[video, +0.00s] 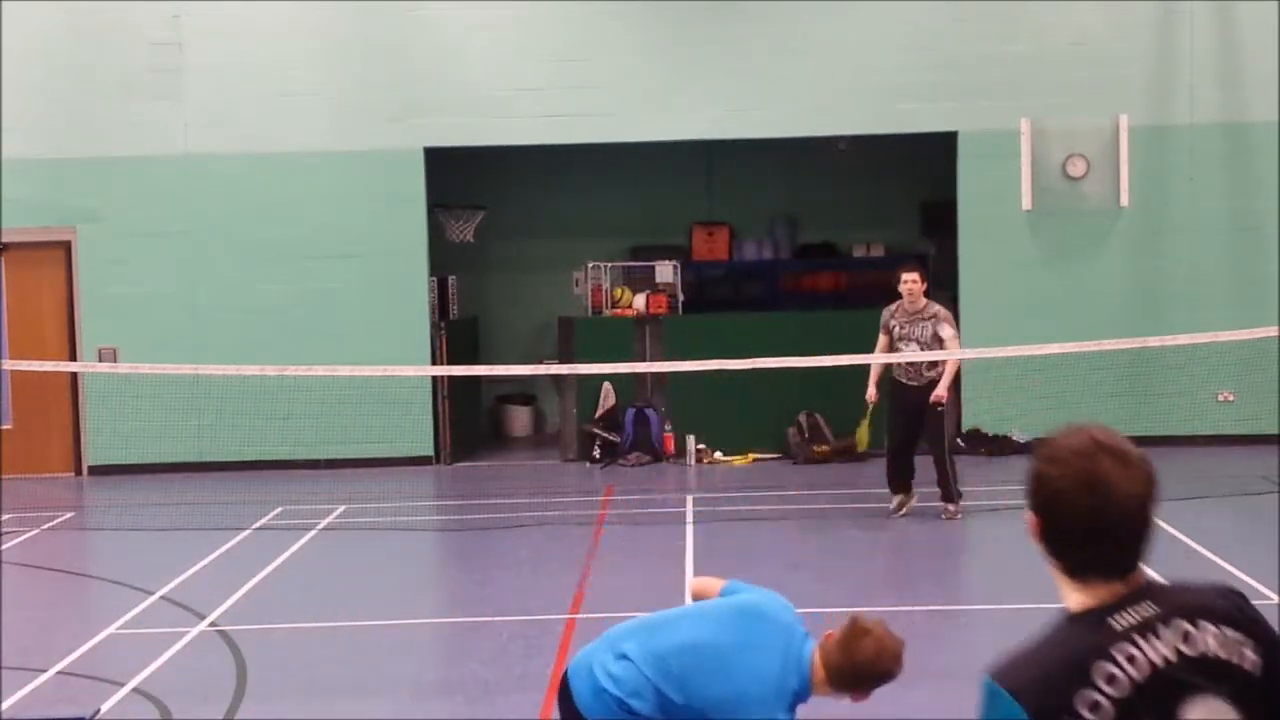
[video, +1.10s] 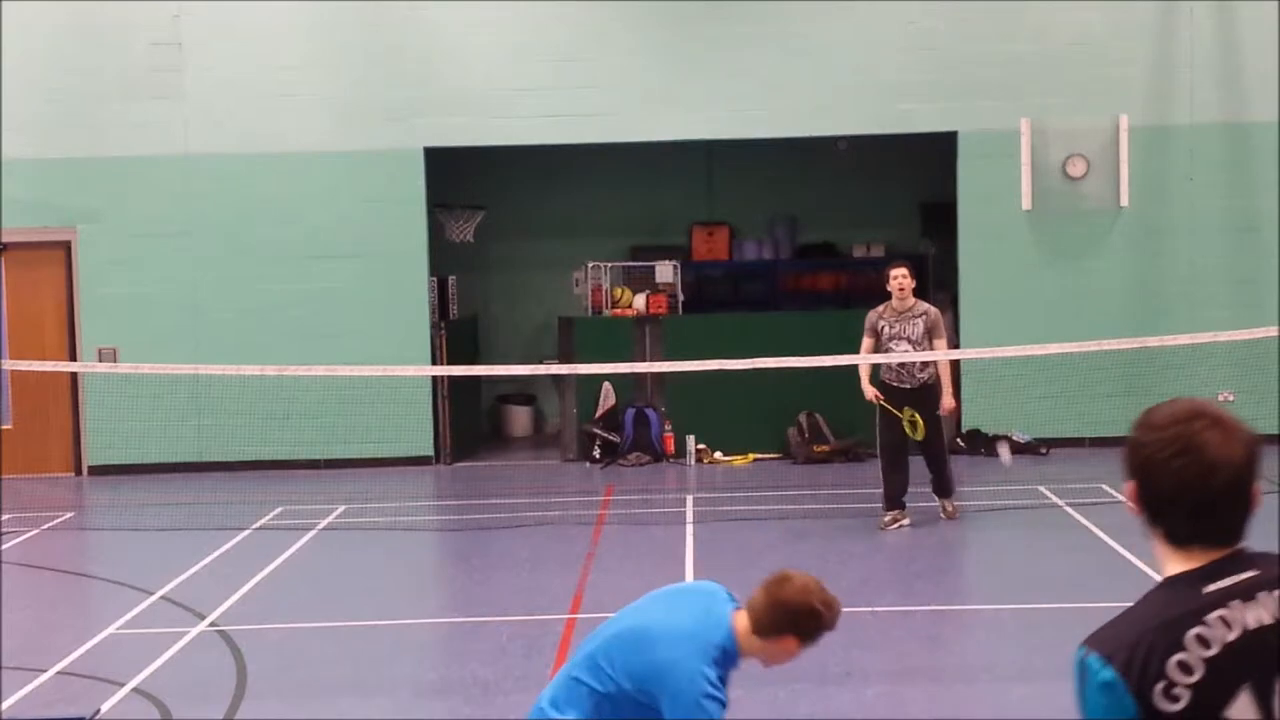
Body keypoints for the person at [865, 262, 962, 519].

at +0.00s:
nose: (909, 287)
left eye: (913, 282)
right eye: (904, 283)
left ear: (923, 285)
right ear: (898, 287)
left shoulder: (940, 315)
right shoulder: (890, 314)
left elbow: (954, 354)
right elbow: (880, 351)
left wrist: (943, 386)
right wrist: (872, 384)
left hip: (935, 386)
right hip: (902, 386)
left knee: (941, 444)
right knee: (897, 442)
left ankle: (950, 500)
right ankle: (902, 491)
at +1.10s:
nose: (900, 282)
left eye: (904, 277)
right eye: (895, 278)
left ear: (913, 282)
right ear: (888, 285)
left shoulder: (930, 313)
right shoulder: (875, 317)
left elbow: (941, 354)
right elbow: (865, 354)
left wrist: (947, 393)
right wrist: (865, 383)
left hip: (926, 389)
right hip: (891, 391)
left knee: (934, 447)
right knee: (891, 449)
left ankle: (945, 496)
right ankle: (895, 509)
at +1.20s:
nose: (882, 298)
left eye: (887, 293)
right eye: (878, 293)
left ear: (898, 297)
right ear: (874, 296)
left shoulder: (912, 326)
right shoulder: (873, 316)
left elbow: (928, 362)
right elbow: (871, 349)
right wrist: (866, 383)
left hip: (903, 385)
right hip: (881, 384)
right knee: (887, 434)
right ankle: (898, 488)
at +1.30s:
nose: (888, 298)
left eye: (893, 292)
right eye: (885, 292)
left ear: (905, 295)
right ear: (880, 295)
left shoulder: (919, 324)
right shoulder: (877, 316)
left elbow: (935, 360)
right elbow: (874, 346)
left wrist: (933, 394)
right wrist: (864, 380)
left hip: (914, 388)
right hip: (889, 386)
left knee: (914, 441)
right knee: (891, 439)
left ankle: (932, 488)